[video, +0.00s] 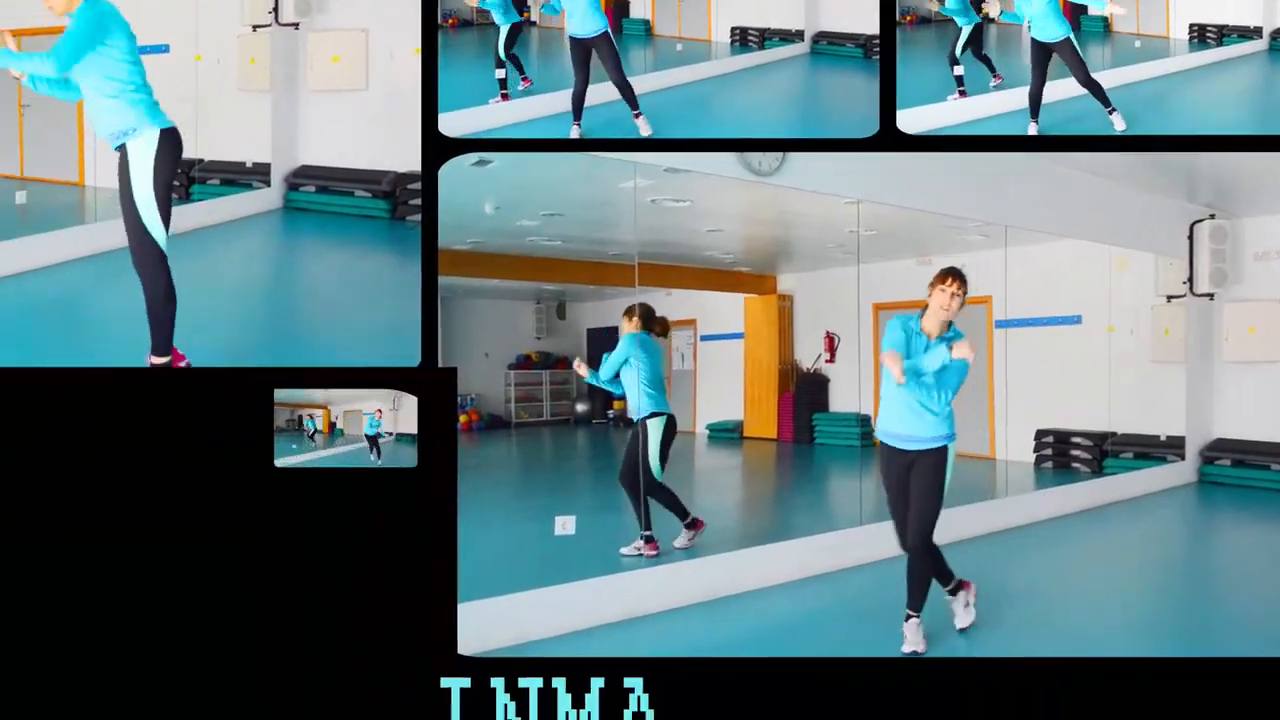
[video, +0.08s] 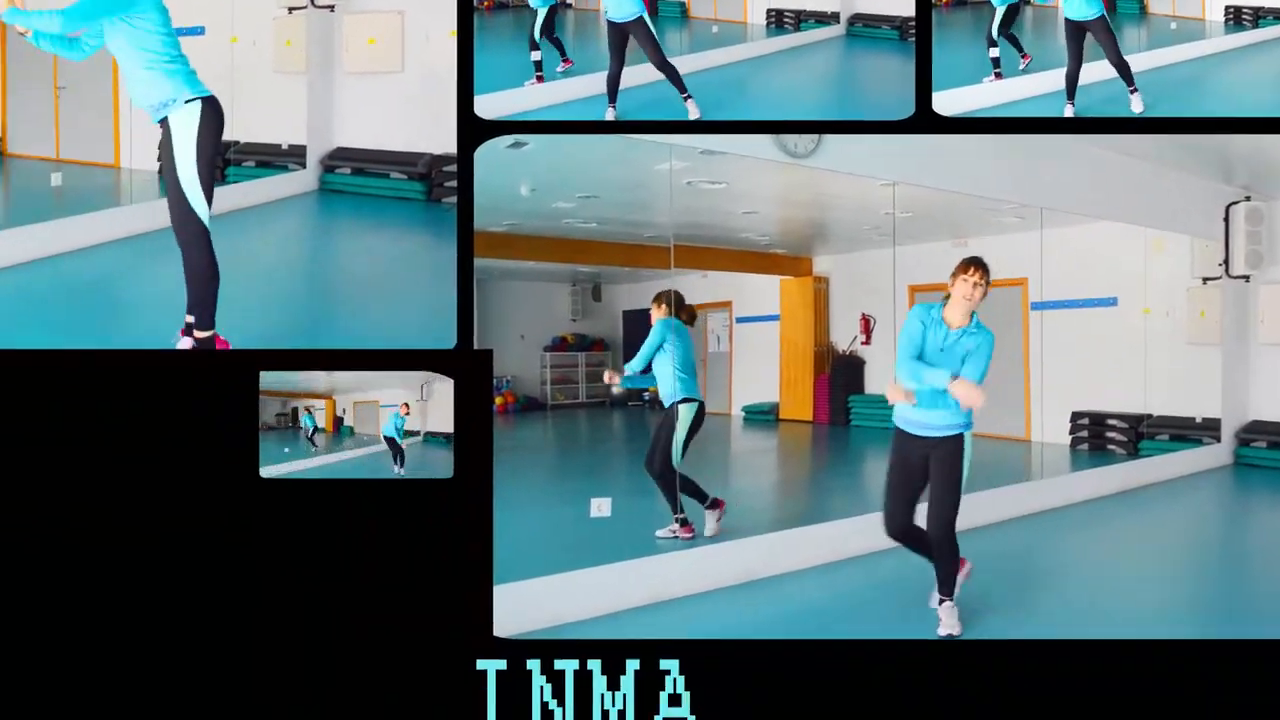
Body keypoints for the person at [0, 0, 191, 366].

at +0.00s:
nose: (45, 4)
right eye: (45, 1)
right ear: (66, 0)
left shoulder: (95, 12)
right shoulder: (86, 27)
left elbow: (55, 63)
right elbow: (72, 90)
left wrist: (5, 54)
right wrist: (25, 74)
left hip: (148, 141)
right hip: (135, 144)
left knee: (150, 256)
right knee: (146, 255)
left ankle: (162, 357)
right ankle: (164, 355)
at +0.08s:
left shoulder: (132, 3)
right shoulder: (117, 13)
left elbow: (64, 20)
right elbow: (77, 49)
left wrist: (8, 12)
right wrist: (26, 27)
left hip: (190, 114)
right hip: (179, 116)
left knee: (192, 230)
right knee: (188, 230)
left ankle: (205, 337)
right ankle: (195, 330)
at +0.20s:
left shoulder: (189, 1)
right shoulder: (172, 4)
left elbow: (113, 4)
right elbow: (112, 4)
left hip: (254, 105)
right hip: (238, 111)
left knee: (265, 216)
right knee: (245, 215)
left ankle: (301, 318)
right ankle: (270, 313)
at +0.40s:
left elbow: (234, 3)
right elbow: (246, 8)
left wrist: (163, 30)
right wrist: (198, 32)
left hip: (353, 64)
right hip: (358, 61)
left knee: (316, 177)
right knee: (363, 169)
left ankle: (373, 256)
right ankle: (397, 256)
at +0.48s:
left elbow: (298, 6)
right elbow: (329, 5)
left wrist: (267, 60)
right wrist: (306, 53)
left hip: (387, 45)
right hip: (399, 40)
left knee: (328, 149)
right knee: (422, 148)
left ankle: (351, 247)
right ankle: (451, 236)